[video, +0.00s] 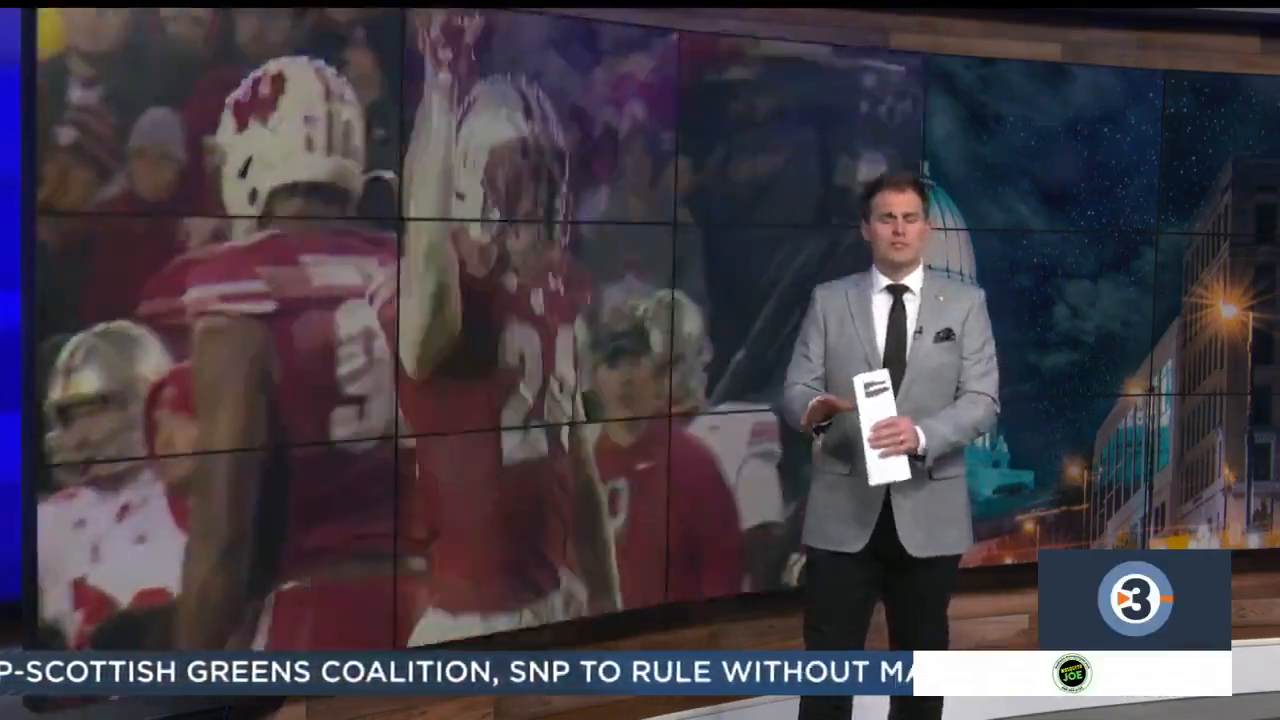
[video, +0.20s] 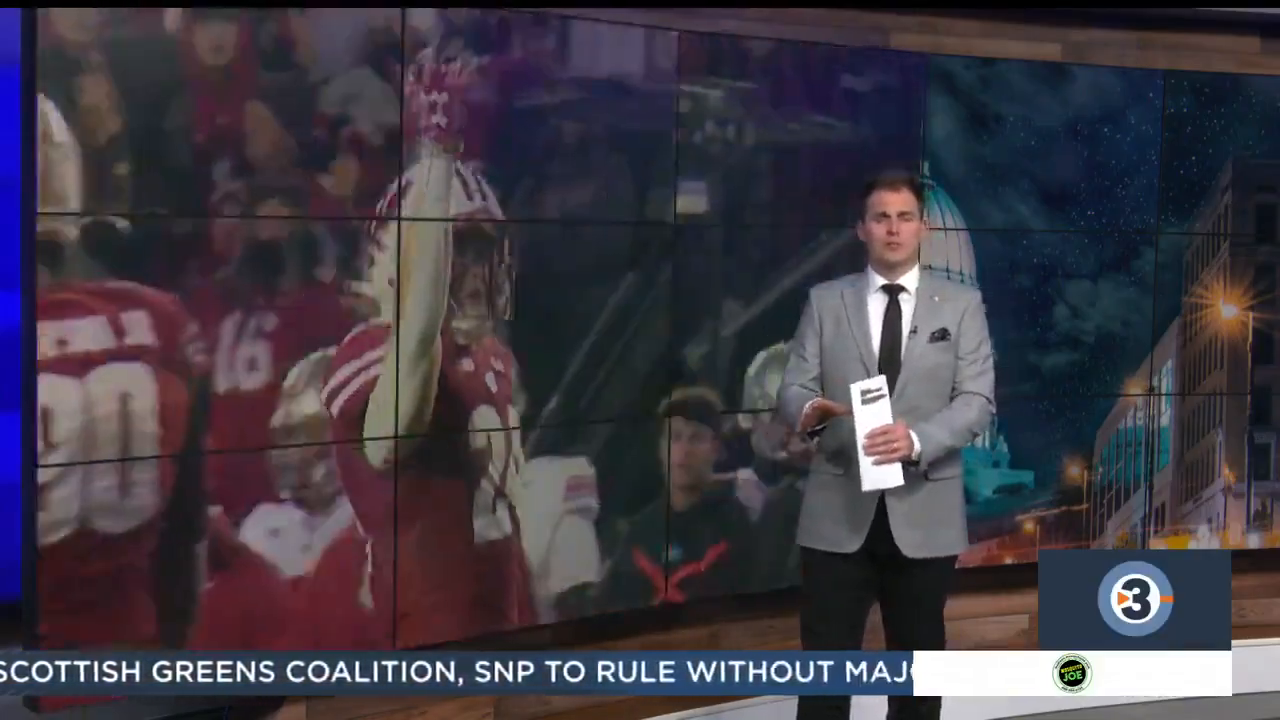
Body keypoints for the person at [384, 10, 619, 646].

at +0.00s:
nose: (533, 183)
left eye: (545, 163)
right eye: (514, 163)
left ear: (561, 172)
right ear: (462, 169)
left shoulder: (555, 288)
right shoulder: (421, 288)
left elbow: (584, 470)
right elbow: (424, 350)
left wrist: (607, 607)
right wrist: (440, 95)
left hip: (559, 602)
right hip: (465, 615)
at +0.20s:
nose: (466, 269)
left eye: (480, 250)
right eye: (450, 249)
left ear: (498, 263)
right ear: (393, 256)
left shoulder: (495, 357)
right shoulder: (366, 358)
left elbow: (506, 501)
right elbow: (421, 333)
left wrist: (528, 614)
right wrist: (437, 151)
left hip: (507, 628)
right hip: (427, 636)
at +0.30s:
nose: (452, 289)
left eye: (461, 267)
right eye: (431, 267)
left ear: (474, 280)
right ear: (369, 279)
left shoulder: (452, 385)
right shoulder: (343, 389)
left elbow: (483, 531)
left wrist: (497, 642)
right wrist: (419, 170)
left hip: (475, 662)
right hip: (401, 674)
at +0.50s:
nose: (462, 177)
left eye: (466, 155)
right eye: (442, 154)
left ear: (473, 160)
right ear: (382, 154)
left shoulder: (449, 265)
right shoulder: (341, 264)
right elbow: (362, 355)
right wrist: (422, 213)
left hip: (474, 606)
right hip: (409, 620)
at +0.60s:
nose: (482, 225)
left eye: (487, 204)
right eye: (464, 206)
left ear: (497, 213)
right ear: (399, 211)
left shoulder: (483, 306)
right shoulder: (365, 312)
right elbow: (390, 397)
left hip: (505, 609)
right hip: (437, 619)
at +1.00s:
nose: (438, 172)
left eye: (448, 151)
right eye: (417, 152)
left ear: (460, 156)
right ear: (351, 155)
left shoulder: (438, 260)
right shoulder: (320, 269)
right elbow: (341, 343)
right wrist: (385, 124)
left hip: (482, 613)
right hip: (412, 632)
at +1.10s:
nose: (474, 134)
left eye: (483, 112)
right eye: (450, 113)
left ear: (498, 117)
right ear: (386, 119)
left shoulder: (479, 224)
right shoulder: (364, 224)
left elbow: (491, 375)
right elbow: (337, 406)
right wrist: (437, 270)